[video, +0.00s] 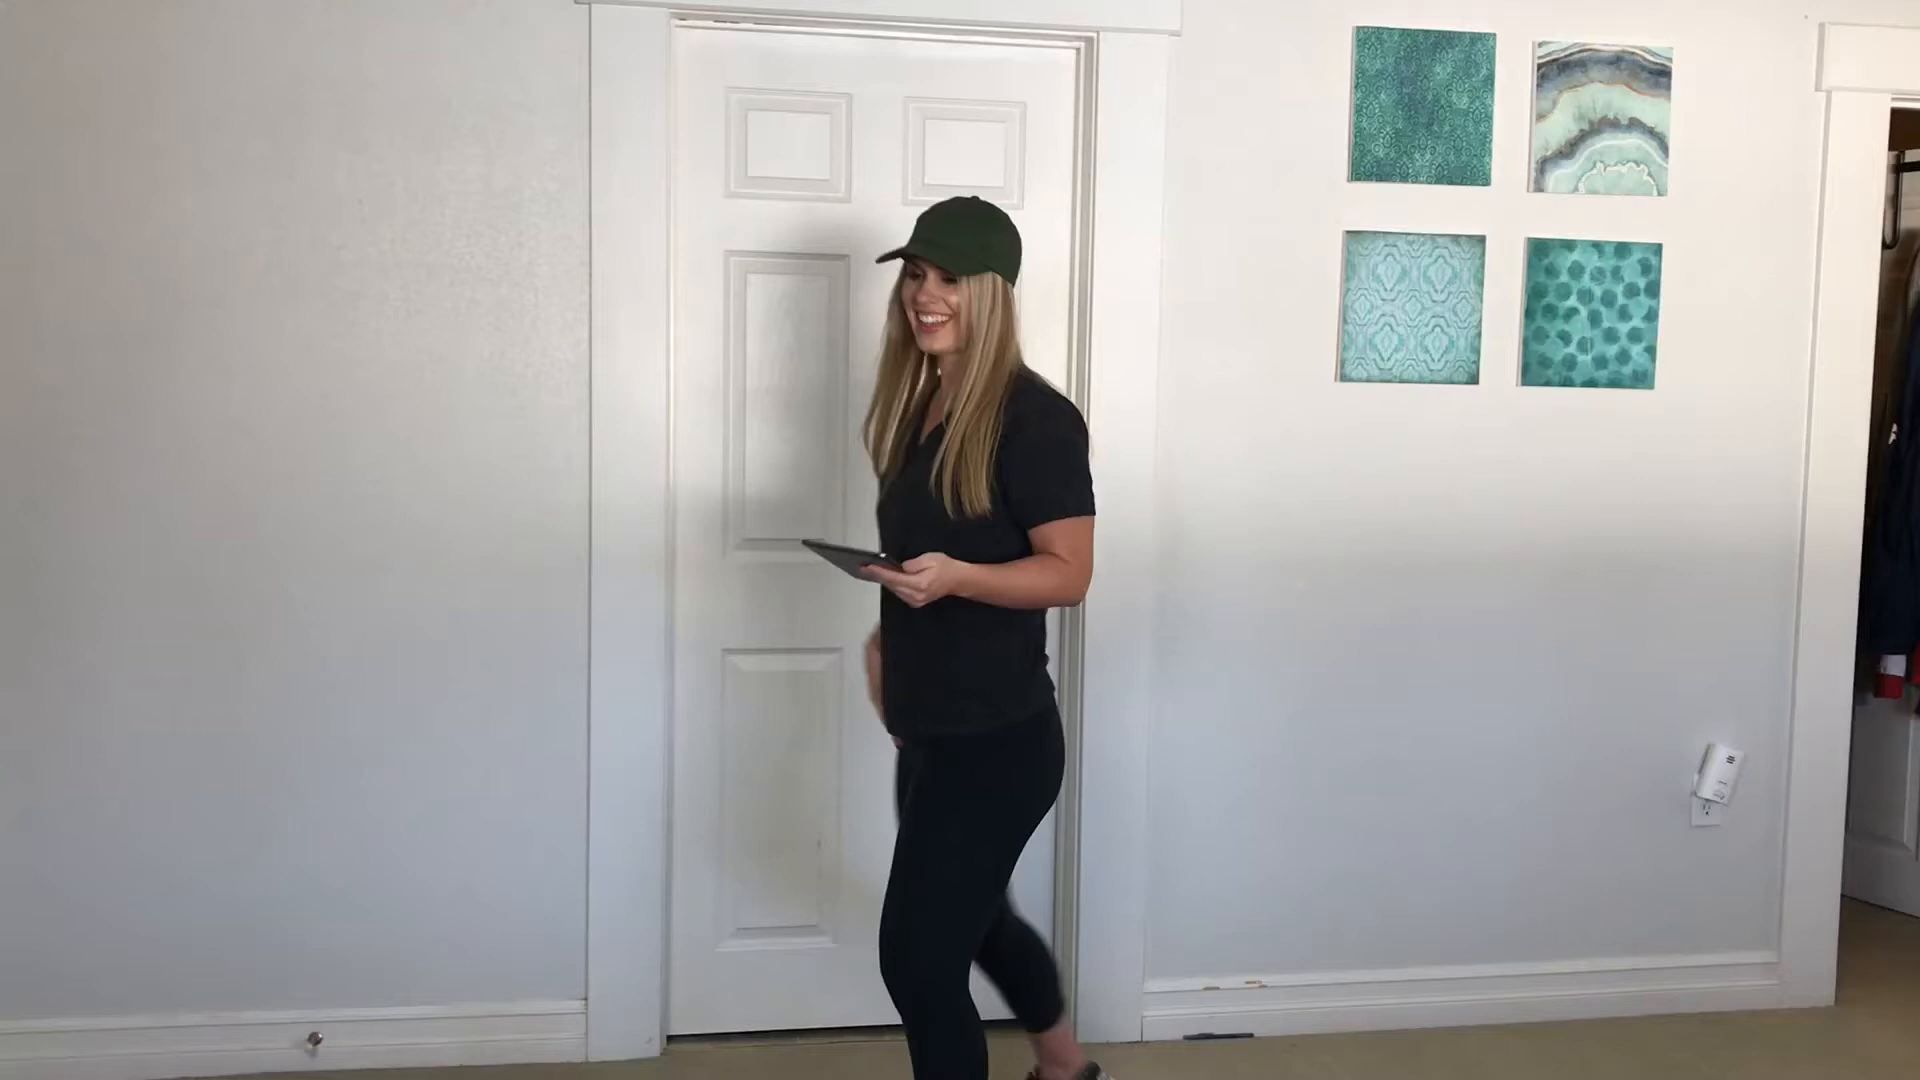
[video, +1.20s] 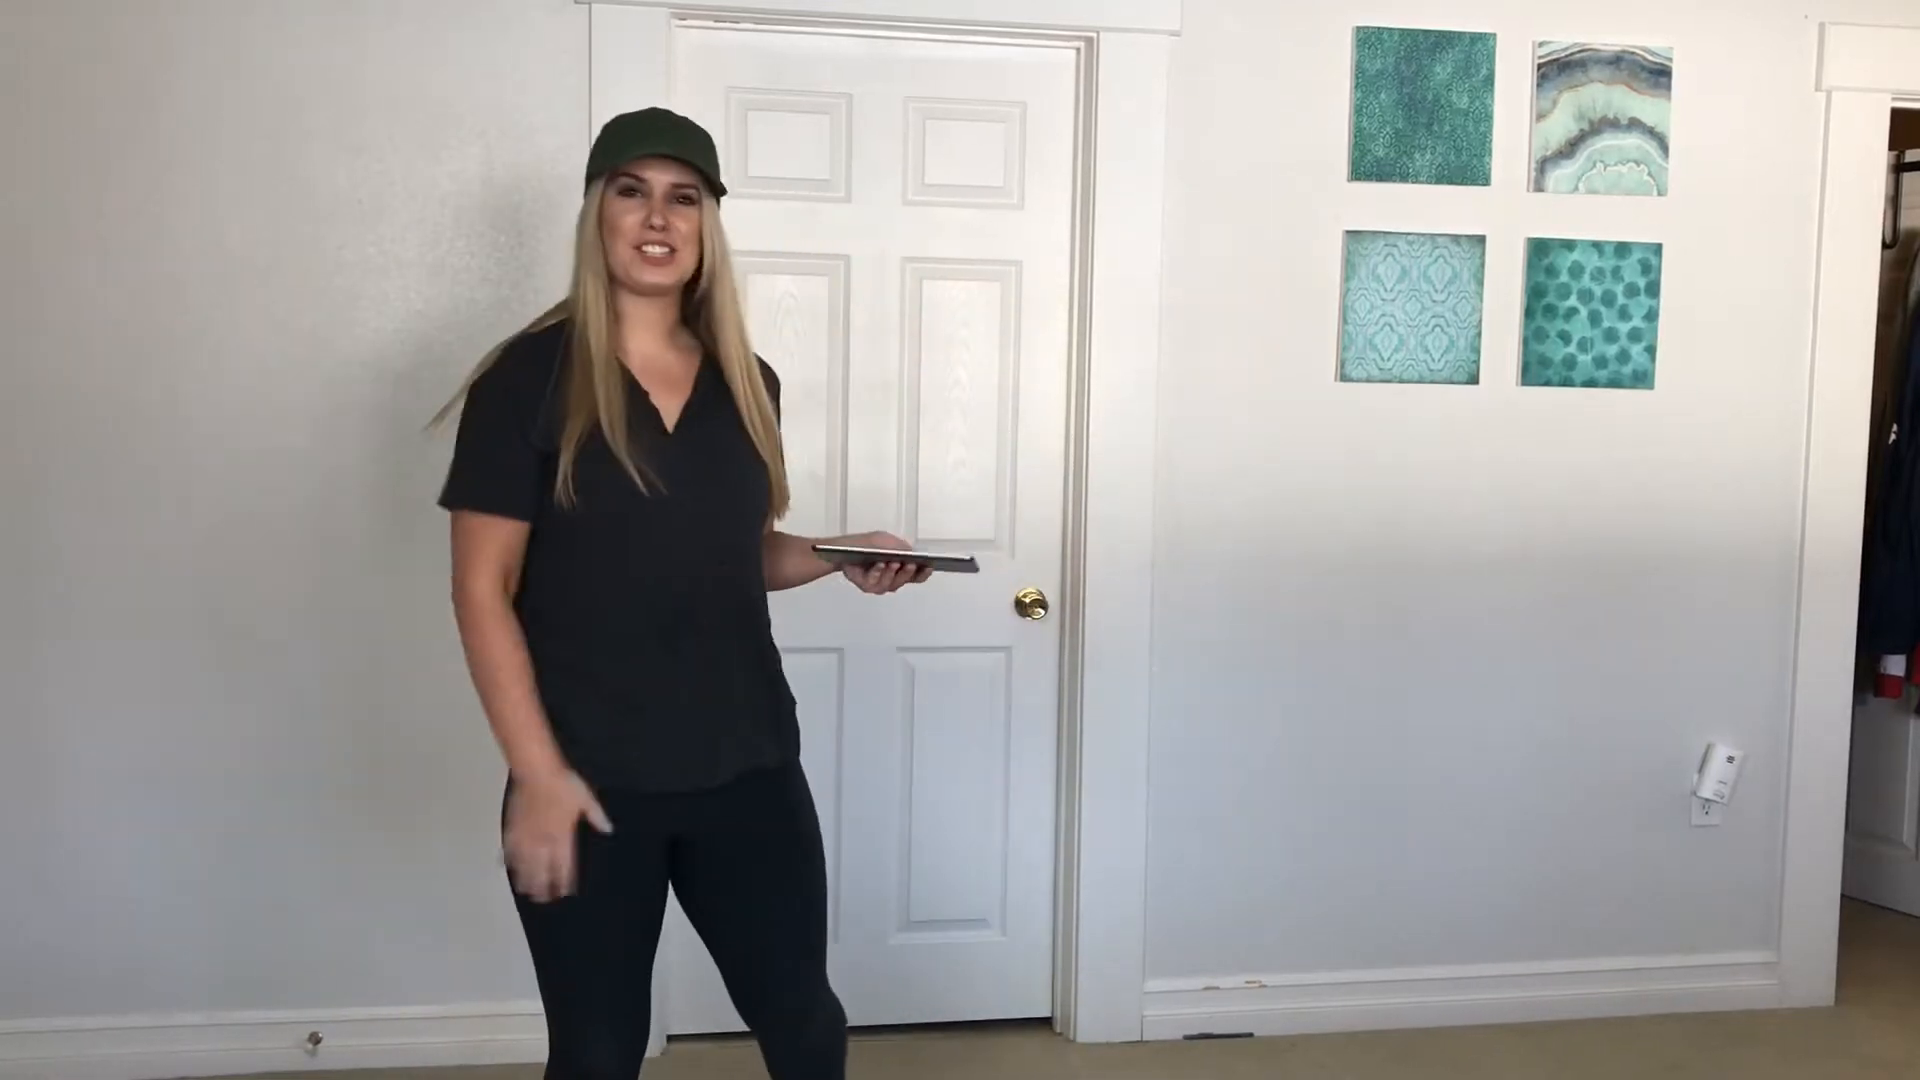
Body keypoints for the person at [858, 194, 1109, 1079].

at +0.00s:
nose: (923, 295)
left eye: (946, 278)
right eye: (914, 276)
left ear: (991, 293)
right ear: (903, 289)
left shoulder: (1038, 417)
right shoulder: (917, 408)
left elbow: (1071, 577)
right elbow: (919, 548)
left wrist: (958, 577)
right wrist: (880, 638)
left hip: (1001, 729)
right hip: (927, 720)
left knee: (917, 957)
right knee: (978, 914)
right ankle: (1063, 1061)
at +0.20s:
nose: (908, 266)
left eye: (936, 252)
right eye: (897, 245)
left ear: (974, 278)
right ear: (880, 261)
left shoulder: (1021, 413)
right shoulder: (873, 404)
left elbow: (1062, 569)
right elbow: (864, 549)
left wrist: (957, 588)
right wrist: (818, 614)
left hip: (981, 734)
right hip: (885, 727)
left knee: (936, 977)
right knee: (841, 944)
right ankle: (991, 1057)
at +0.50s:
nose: (849, 256)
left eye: (876, 238)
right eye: (830, 234)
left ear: (907, 262)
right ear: (805, 253)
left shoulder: (966, 397)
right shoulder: (762, 392)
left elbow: (1021, 558)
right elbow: (738, 527)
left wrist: (973, 582)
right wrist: (693, 572)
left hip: (922, 737)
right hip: (787, 731)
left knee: (934, 987)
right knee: (720, 994)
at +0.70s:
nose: (770, 253)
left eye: (796, 233)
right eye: (748, 230)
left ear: (827, 254)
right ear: (720, 247)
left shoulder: (887, 394)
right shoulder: (672, 386)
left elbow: (908, 560)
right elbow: (603, 561)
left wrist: (948, 573)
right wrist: (625, 453)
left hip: (847, 752)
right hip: (697, 748)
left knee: (880, 999)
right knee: (654, 1022)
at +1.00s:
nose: (686, 230)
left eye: (712, 211)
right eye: (662, 206)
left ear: (738, 235)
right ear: (627, 224)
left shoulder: (778, 387)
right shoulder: (561, 360)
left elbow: (771, 555)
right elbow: (499, 526)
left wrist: (876, 557)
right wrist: (600, 426)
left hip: (754, 757)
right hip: (598, 761)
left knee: (825, 1007)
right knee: (606, 1045)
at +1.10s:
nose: (670, 221)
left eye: (695, 201)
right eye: (644, 198)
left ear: (721, 228)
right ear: (608, 219)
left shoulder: (755, 385)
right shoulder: (539, 360)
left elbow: (739, 555)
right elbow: (474, 541)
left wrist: (851, 557)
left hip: (747, 764)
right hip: (590, 772)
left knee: (819, 1024)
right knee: (602, 1049)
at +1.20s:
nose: (659, 216)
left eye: (683, 196)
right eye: (632, 193)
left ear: (708, 225)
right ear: (595, 215)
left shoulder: (746, 383)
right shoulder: (528, 379)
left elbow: (735, 554)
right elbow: (480, 589)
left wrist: (839, 557)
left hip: (744, 774)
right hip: (586, 782)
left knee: (807, 1034)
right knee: (597, 1053)